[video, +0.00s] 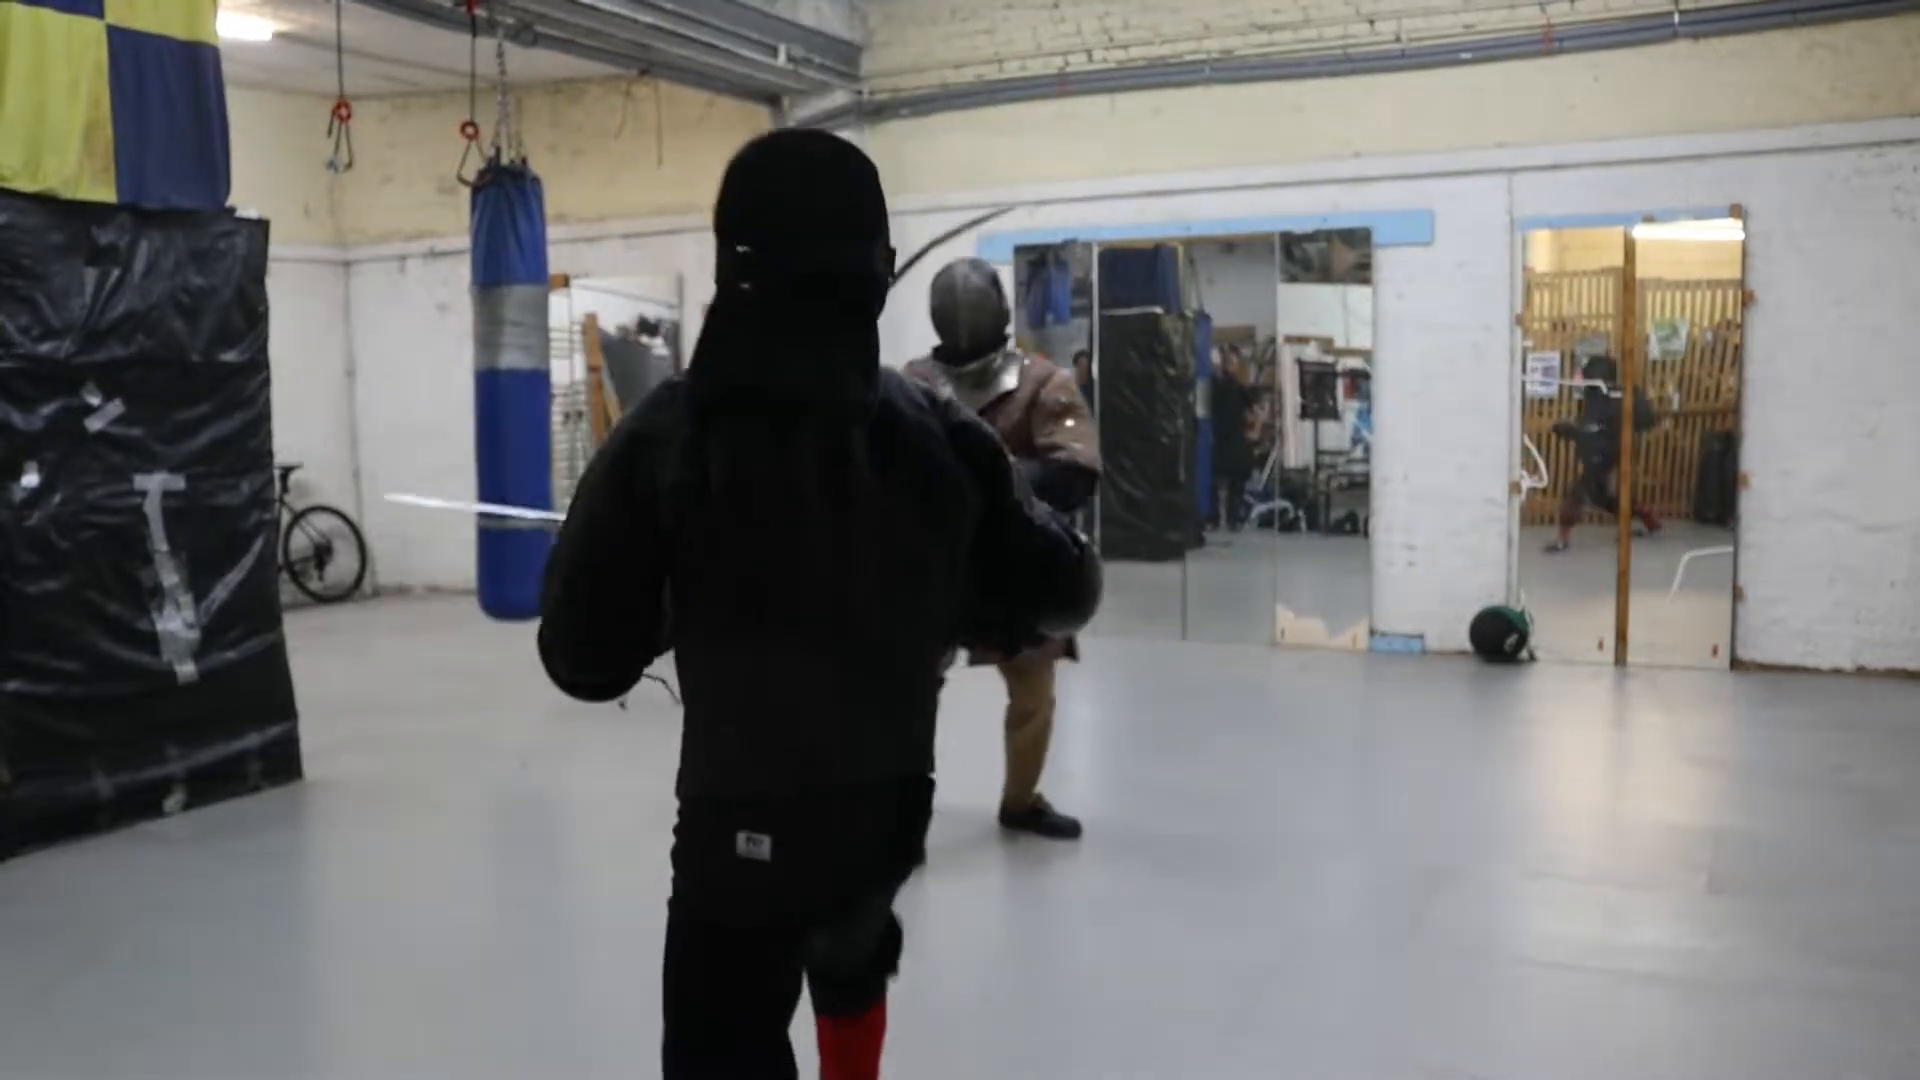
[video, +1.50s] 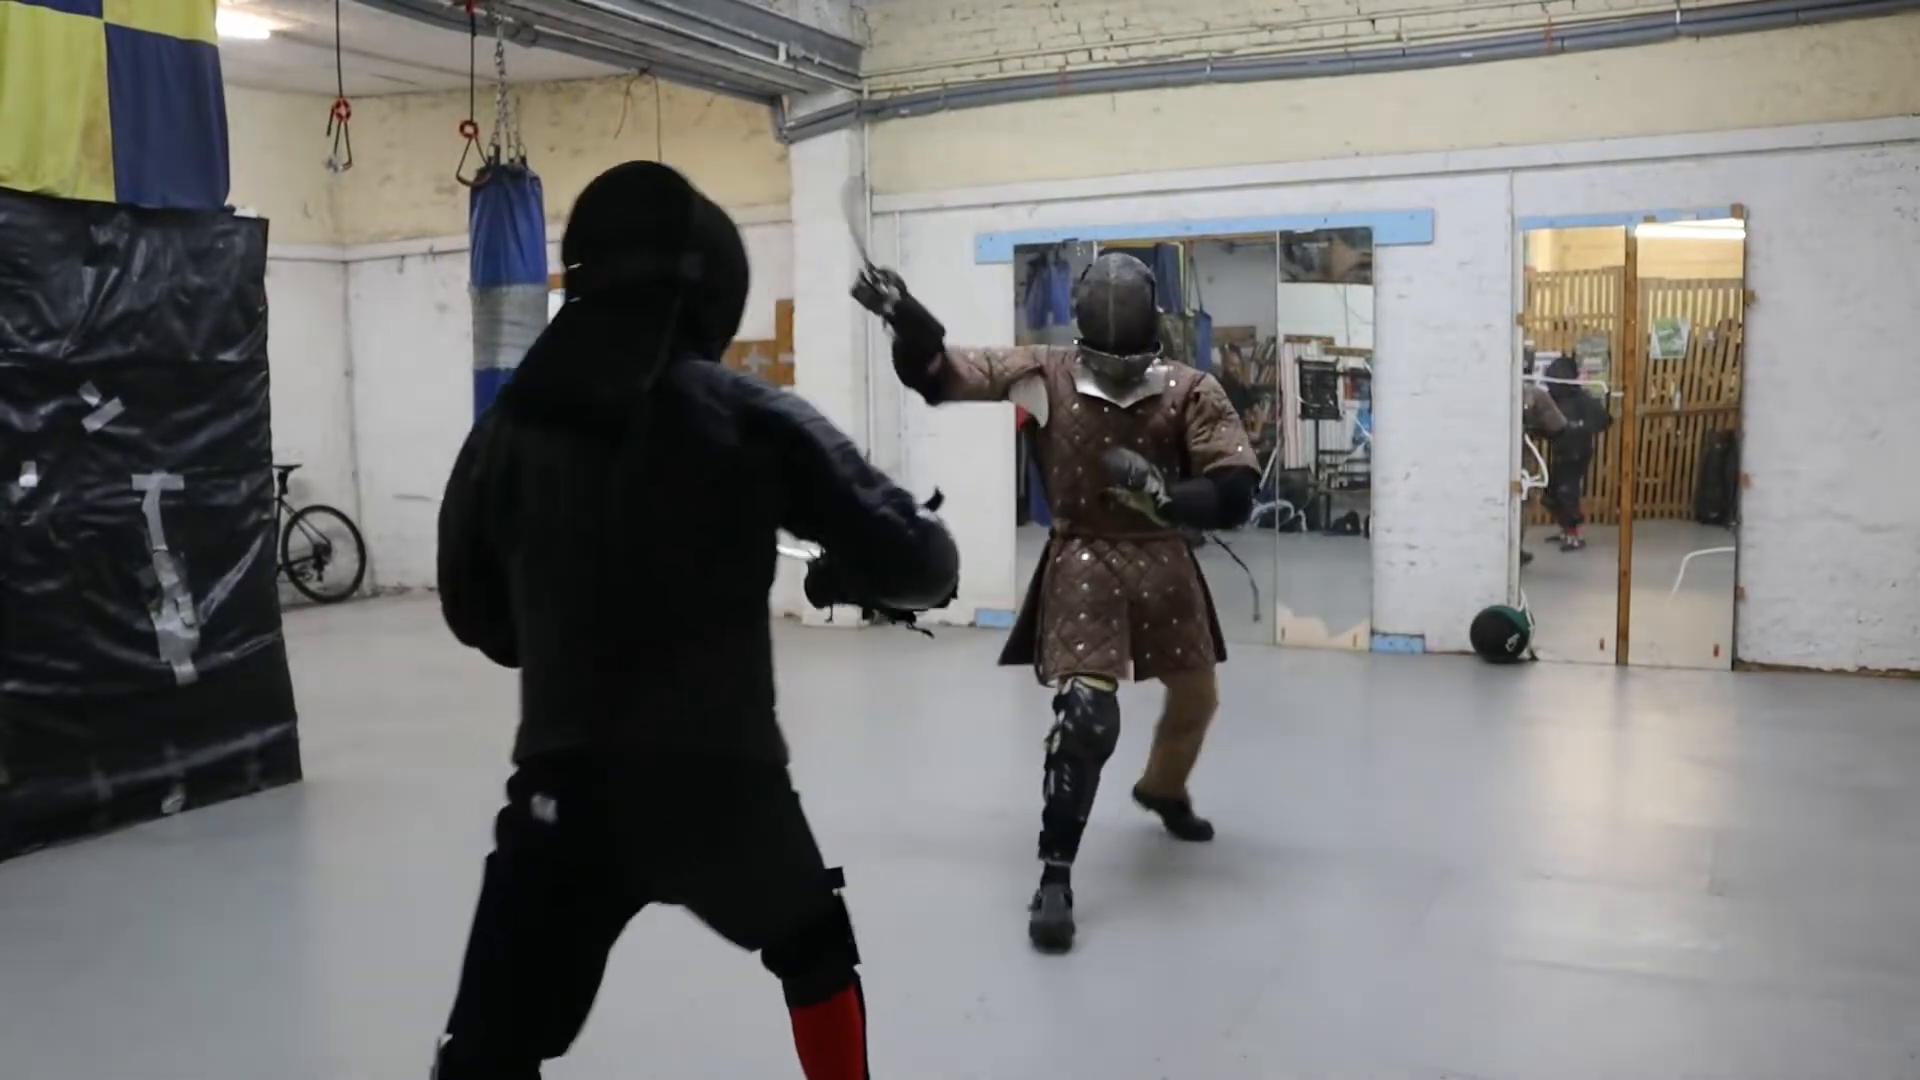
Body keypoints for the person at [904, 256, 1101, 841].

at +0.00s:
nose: (965, 350)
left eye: (976, 335)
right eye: (952, 334)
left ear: (1000, 321)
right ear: (938, 325)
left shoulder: (1045, 383)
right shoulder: (916, 386)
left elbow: (1077, 471)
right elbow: (890, 477)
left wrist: (993, 480)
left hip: (1023, 565)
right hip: (936, 562)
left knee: (1033, 693)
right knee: (912, 685)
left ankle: (1020, 799)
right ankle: (899, 803)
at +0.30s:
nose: (1010, 368)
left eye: (1023, 355)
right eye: (997, 358)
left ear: (1042, 327)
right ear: (977, 333)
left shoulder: (1085, 375)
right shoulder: (952, 378)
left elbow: (1122, 468)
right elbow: (925, 461)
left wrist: (1048, 474)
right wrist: (979, 460)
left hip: (1058, 561)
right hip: (977, 555)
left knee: (1052, 693)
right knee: (985, 693)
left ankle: (1024, 802)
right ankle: (963, 822)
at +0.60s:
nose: (1021, 365)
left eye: (1033, 351)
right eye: (1008, 353)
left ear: (1052, 326)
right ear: (988, 330)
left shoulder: (1092, 377)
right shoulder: (960, 383)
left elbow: (1128, 475)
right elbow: (925, 483)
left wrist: (1065, 500)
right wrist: (946, 535)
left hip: (1071, 548)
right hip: (993, 549)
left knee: (1105, 685)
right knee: (998, 696)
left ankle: (1078, 787)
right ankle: (961, 828)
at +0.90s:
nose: (1075, 367)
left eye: (1086, 353)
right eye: (1059, 354)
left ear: (1103, 327)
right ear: (1038, 334)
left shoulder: (1143, 373)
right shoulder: (1019, 391)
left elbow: (1195, 464)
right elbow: (1009, 513)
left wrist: (1152, 482)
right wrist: (1051, 566)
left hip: (1134, 548)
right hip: (1057, 554)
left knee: (1166, 682)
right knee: (1040, 698)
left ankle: (1147, 809)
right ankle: (975, 826)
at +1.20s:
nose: (1115, 357)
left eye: (1126, 344)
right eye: (1102, 345)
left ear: (1146, 325)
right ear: (1084, 329)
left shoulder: (1189, 377)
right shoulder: (1055, 381)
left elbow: (1235, 462)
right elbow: (1016, 456)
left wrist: (1175, 464)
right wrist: (1001, 495)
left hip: (1168, 546)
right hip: (1089, 546)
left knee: (1180, 692)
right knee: (1083, 686)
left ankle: (1148, 809)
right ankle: (1055, 832)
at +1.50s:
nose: (1115, 366)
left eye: (1129, 353)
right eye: (1103, 351)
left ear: (1153, 333)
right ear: (1082, 332)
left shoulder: (1190, 391)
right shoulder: (1044, 373)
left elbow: (1237, 490)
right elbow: (939, 374)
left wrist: (1166, 493)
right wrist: (907, 318)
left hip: (1164, 557)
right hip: (1082, 557)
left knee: (1196, 695)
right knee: (1087, 719)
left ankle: (1164, 787)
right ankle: (1056, 877)